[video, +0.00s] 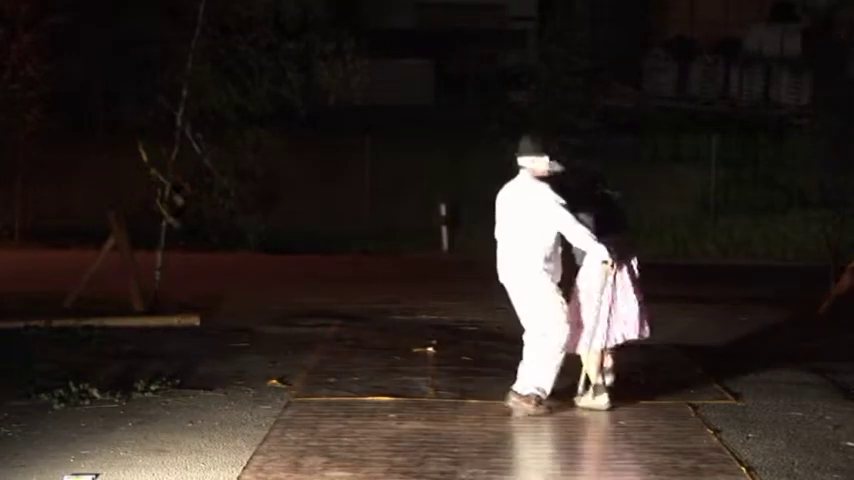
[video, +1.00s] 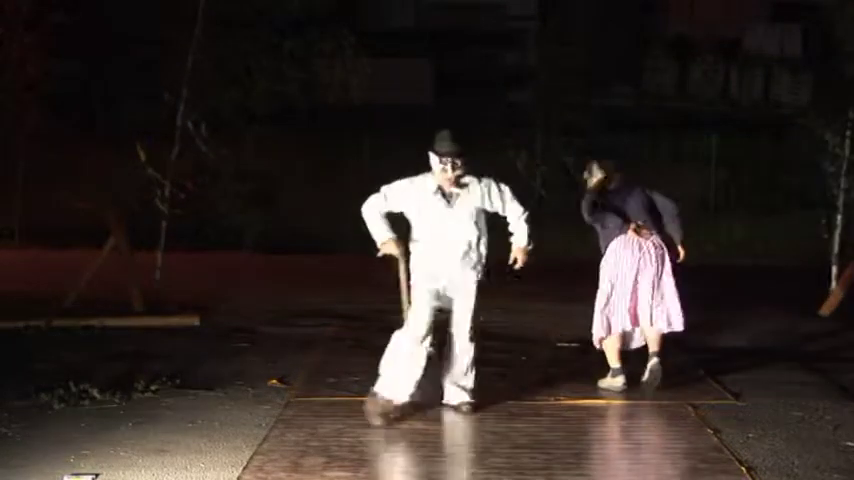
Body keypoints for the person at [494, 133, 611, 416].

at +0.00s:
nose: (550, 165)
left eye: (548, 160)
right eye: (547, 160)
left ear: (521, 162)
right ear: (538, 163)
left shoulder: (505, 192)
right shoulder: (543, 195)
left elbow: (500, 233)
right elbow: (570, 227)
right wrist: (601, 252)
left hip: (509, 272)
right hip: (535, 273)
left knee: (535, 328)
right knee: (557, 326)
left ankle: (522, 388)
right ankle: (533, 391)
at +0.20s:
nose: (536, 145)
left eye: (534, 139)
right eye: (530, 141)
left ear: (509, 145)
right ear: (515, 145)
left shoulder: (497, 175)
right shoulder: (522, 178)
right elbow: (542, 214)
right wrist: (571, 242)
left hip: (501, 260)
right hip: (521, 263)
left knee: (514, 320)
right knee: (530, 320)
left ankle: (517, 384)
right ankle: (524, 389)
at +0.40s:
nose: (516, 155)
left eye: (515, 149)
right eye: (510, 150)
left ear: (497, 151)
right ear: (493, 152)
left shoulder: (502, 181)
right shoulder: (485, 184)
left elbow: (506, 226)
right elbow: (496, 226)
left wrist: (528, 246)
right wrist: (527, 243)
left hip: (509, 268)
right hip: (496, 269)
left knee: (499, 325)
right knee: (522, 322)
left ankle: (469, 388)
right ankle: (518, 390)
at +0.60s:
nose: (491, 175)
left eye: (496, 167)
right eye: (484, 169)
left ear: (502, 168)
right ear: (470, 169)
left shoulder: (503, 197)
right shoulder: (458, 198)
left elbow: (521, 226)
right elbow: (442, 234)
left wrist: (532, 249)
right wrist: (480, 251)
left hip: (499, 273)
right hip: (467, 276)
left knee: (493, 331)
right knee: (503, 322)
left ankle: (469, 395)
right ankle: (525, 391)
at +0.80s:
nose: (468, 168)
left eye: (473, 162)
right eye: (461, 163)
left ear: (481, 162)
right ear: (453, 162)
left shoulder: (496, 188)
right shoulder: (441, 186)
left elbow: (529, 203)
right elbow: (403, 206)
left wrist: (543, 233)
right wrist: (433, 237)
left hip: (479, 268)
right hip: (445, 265)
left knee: (479, 323)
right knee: (461, 316)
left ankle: (467, 391)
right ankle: (479, 374)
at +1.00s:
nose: (449, 169)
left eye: (455, 163)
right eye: (443, 163)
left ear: (463, 163)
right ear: (433, 162)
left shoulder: (480, 190)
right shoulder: (415, 190)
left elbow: (513, 207)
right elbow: (372, 206)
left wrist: (520, 242)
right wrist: (385, 238)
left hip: (465, 277)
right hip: (426, 276)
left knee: (462, 336)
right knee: (416, 331)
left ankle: (458, 396)